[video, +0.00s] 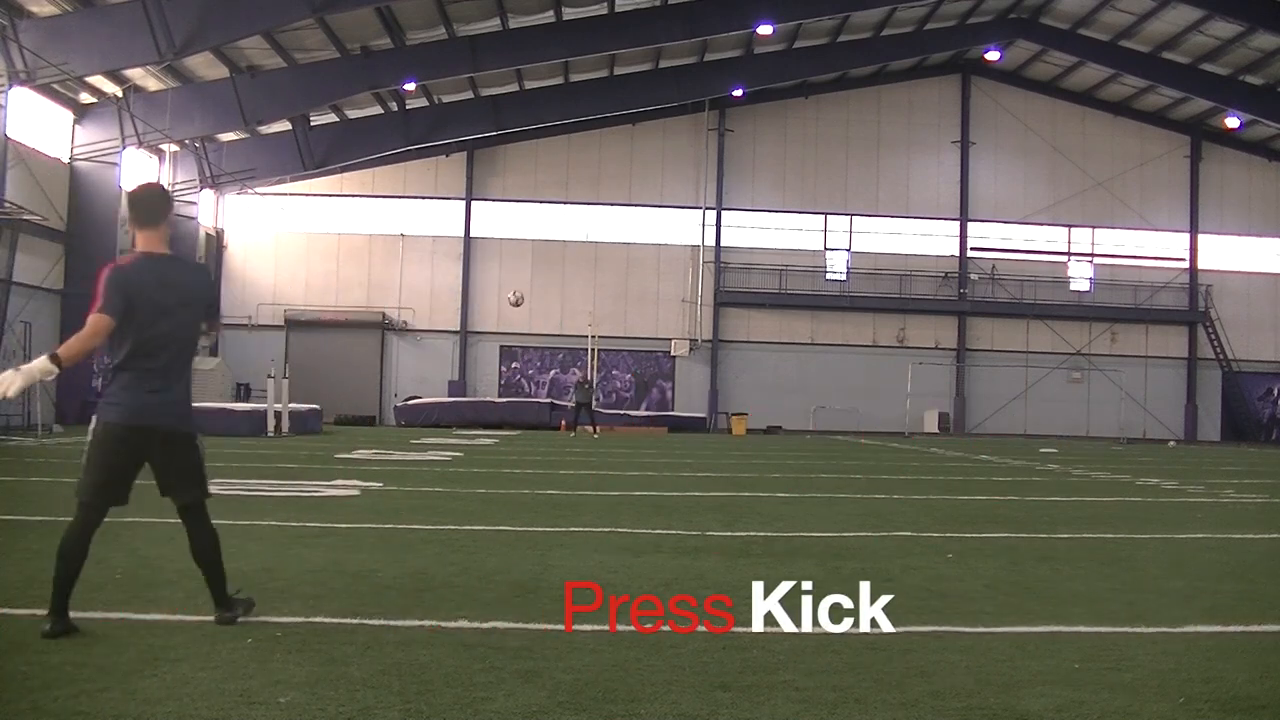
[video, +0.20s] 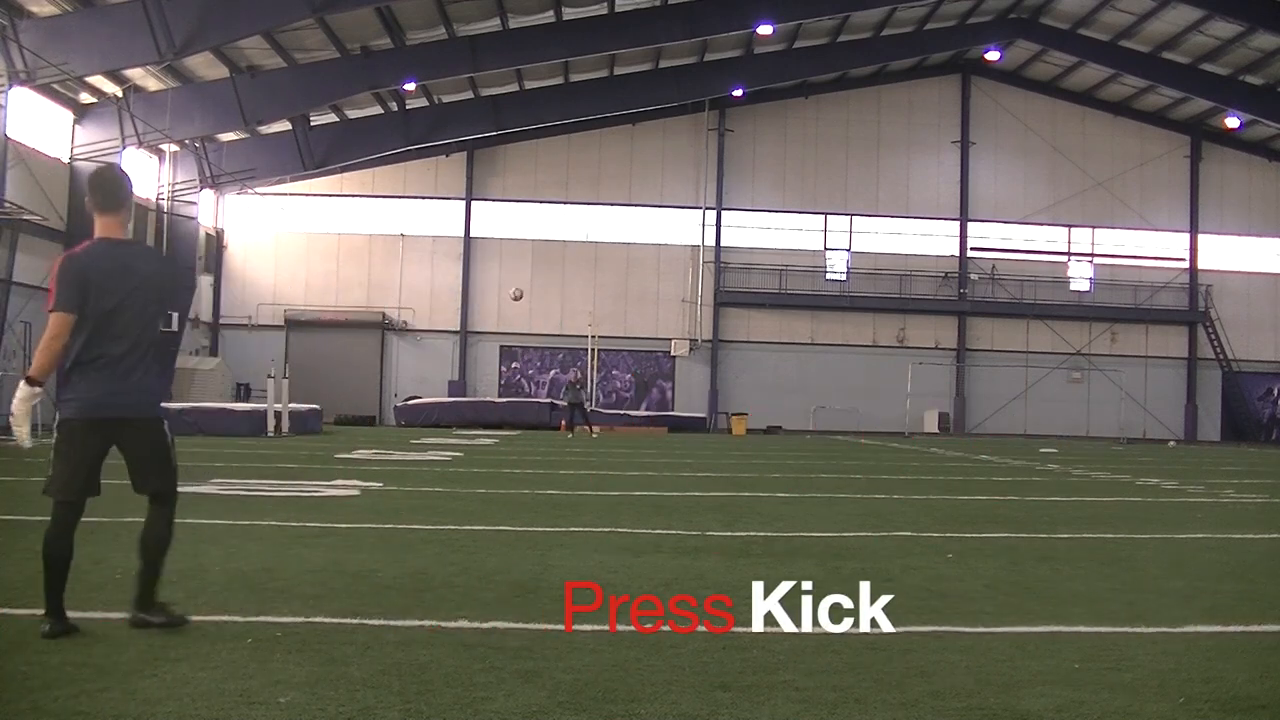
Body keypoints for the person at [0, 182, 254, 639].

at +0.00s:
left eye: (130, 217)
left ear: (130, 220)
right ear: (170, 219)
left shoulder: (120, 273)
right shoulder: (197, 275)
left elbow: (95, 334)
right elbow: (209, 328)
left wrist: (37, 368)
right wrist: (214, 258)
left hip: (118, 419)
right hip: (174, 420)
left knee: (86, 518)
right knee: (195, 514)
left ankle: (57, 615)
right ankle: (224, 603)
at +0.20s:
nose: (98, 210)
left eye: (90, 203)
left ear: (89, 205)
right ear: (131, 205)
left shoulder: (75, 264)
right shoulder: (160, 264)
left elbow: (58, 334)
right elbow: (169, 331)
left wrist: (27, 389)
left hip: (82, 408)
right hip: (140, 408)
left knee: (65, 511)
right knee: (163, 495)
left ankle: (54, 615)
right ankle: (146, 603)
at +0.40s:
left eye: (69, 198)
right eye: (108, 196)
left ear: (67, 201)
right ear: (110, 201)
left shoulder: (48, 263)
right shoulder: (136, 265)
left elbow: (23, 335)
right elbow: (132, 333)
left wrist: (1, 374)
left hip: (57, 410)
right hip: (111, 410)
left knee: (50, 515)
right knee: (103, 515)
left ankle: (53, 618)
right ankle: (49, 604)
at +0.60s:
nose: (101, 206)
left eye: (66, 196)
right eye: (107, 198)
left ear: (62, 200)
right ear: (107, 202)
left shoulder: (30, 259)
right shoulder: (122, 267)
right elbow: (137, 342)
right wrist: (144, 392)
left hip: (29, 405)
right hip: (79, 409)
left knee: (38, 511)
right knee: (52, 515)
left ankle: (47, 613)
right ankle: (27, 630)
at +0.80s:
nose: (103, 203)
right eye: (106, 195)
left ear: (60, 192)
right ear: (105, 197)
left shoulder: (19, 247)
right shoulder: (108, 260)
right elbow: (127, 335)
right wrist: (140, 397)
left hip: (11, 401)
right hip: (61, 406)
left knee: (29, 508)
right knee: (42, 515)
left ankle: (36, 611)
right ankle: (27, 631)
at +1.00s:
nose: (95, 201)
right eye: (97, 193)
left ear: (51, 190)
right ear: (95, 196)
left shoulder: (12, 244)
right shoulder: (96, 257)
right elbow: (108, 338)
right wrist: (120, 401)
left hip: (5, 403)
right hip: (53, 409)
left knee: (12, 510)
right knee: (39, 519)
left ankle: (5, 616)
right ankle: (26, 631)